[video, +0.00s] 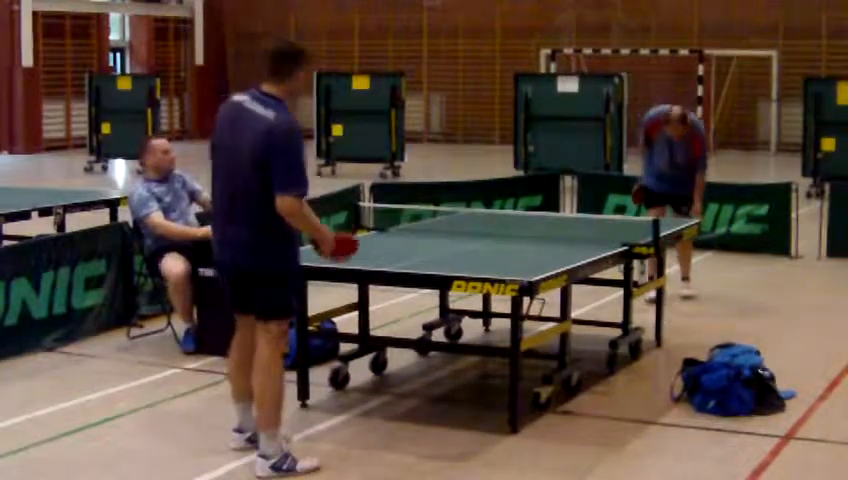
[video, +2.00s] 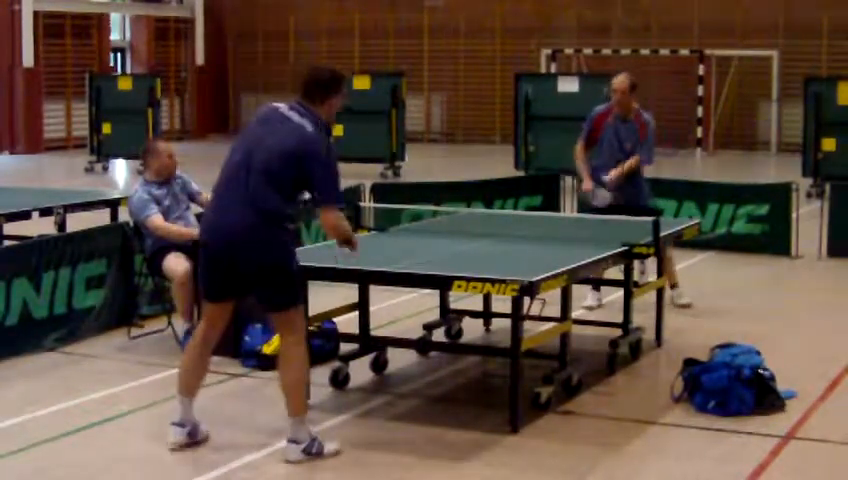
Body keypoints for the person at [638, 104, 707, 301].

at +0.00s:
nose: (675, 134)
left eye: (679, 131)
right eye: (672, 130)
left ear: (686, 125)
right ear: (666, 123)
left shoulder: (696, 130)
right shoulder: (652, 121)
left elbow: (700, 170)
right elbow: (645, 149)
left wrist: (697, 202)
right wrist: (645, 179)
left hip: (684, 184)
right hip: (656, 182)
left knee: (685, 231)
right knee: (655, 230)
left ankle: (685, 280)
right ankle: (653, 282)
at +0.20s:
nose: (678, 109)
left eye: (682, 105)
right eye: (675, 104)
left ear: (687, 102)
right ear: (669, 100)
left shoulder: (695, 116)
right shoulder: (653, 109)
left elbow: (701, 154)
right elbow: (637, 140)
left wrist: (689, 176)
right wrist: (634, 173)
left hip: (677, 181)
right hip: (651, 180)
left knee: (682, 228)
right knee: (650, 230)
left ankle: (686, 278)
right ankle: (650, 277)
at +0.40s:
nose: (666, 101)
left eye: (670, 97)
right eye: (663, 96)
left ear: (678, 95)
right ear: (658, 92)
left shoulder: (688, 112)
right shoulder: (642, 106)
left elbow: (693, 147)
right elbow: (627, 139)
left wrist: (679, 143)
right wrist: (627, 173)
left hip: (675, 181)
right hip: (646, 179)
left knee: (680, 229)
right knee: (646, 230)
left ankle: (684, 278)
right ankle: (649, 275)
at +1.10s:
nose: (650, 98)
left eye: (654, 93)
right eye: (647, 93)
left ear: (664, 91)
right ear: (644, 90)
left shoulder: (681, 111)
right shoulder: (636, 105)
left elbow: (689, 149)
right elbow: (622, 132)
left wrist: (670, 179)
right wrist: (624, 158)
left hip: (669, 183)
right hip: (638, 180)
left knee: (670, 236)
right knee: (634, 229)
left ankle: (669, 285)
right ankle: (637, 270)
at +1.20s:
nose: (648, 99)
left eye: (652, 94)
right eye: (645, 94)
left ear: (662, 91)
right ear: (641, 90)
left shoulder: (677, 111)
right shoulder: (634, 104)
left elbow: (683, 151)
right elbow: (621, 133)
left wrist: (663, 181)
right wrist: (621, 159)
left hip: (663, 181)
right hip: (634, 178)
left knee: (666, 235)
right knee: (626, 229)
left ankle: (668, 286)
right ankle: (617, 283)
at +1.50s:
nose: (627, 103)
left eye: (631, 99)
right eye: (624, 98)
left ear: (642, 97)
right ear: (620, 94)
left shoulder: (653, 118)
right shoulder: (610, 110)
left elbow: (653, 160)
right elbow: (591, 138)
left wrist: (630, 188)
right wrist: (596, 165)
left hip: (639, 186)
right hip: (609, 184)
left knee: (655, 237)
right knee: (601, 237)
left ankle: (665, 287)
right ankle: (594, 290)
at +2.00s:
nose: (616, 97)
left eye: (621, 93)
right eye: (613, 92)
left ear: (631, 94)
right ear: (610, 93)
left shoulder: (644, 121)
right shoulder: (599, 115)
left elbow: (641, 156)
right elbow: (580, 147)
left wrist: (619, 171)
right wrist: (586, 178)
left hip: (632, 185)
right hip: (601, 185)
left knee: (657, 235)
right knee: (597, 238)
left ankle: (674, 287)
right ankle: (594, 290)